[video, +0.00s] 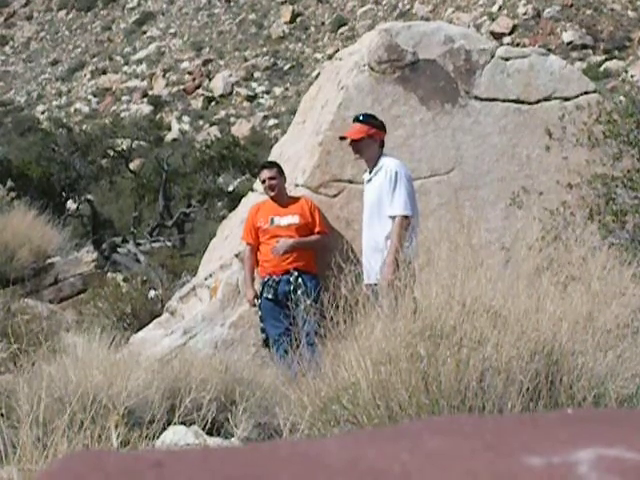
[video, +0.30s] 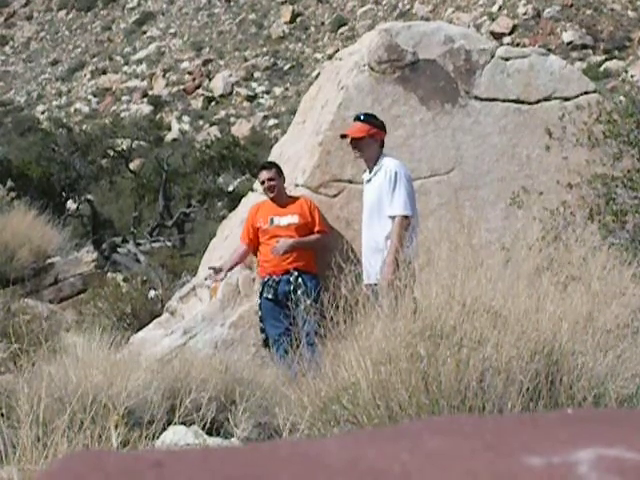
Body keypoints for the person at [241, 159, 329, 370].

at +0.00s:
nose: (269, 184)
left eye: (273, 178)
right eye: (264, 181)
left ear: (283, 178)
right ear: (261, 185)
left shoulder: (305, 205)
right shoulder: (257, 212)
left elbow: (325, 236)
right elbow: (250, 249)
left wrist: (294, 243)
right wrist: (249, 285)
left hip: (303, 277)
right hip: (271, 281)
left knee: (310, 334)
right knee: (278, 339)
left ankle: (316, 381)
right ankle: (291, 385)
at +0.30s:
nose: (268, 185)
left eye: (272, 180)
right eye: (263, 182)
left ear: (282, 179)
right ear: (260, 186)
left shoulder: (305, 205)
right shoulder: (257, 211)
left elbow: (324, 236)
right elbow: (246, 245)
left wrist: (293, 244)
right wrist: (225, 268)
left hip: (303, 278)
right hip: (271, 281)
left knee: (310, 334)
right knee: (278, 339)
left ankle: (315, 381)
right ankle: (291, 385)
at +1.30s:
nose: (269, 186)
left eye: (272, 180)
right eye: (264, 182)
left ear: (283, 180)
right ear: (261, 186)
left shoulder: (304, 205)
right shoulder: (256, 211)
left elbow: (324, 237)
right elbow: (240, 242)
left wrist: (293, 243)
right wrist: (218, 256)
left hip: (303, 277)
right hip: (271, 281)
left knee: (309, 333)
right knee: (278, 338)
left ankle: (315, 379)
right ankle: (291, 382)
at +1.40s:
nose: (269, 185)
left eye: (273, 180)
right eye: (264, 182)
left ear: (283, 180)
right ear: (261, 186)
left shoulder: (304, 205)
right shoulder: (256, 211)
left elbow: (324, 237)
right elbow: (240, 243)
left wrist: (293, 244)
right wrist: (222, 263)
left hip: (303, 277)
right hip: (270, 281)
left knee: (309, 332)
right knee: (278, 338)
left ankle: (315, 379)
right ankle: (291, 382)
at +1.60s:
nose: (271, 184)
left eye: (275, 179)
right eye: (266, 181)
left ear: (284, 180)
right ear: (262, 186)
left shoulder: (304, 205)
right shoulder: (257, 211)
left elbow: (322, 237)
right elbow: (240, 246)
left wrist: (293, 244)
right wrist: (227, 279)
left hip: (302, 277)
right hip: (271, 280)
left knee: (310, 332)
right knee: (279, 338)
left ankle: (316, 379)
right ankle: (290, 383)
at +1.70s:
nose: (271, 184)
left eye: (275, 179)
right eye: (266, 181)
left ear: (285, 180)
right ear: (262, 185)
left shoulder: (304, 205)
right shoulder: (257, 211)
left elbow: (322, 238)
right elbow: (240, 247)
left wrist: (293, 244)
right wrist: (228, 281)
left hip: (303, 277)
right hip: (271, 280)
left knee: (310, 333)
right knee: (280, 339)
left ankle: (316, 381)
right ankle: (290, 384)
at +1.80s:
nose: (271, 184)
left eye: (275, 179)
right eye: (266, 181)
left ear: (285, 180)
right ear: (262, 185)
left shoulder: (305, 205)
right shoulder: (257, 211)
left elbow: (323, 238)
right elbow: (242, 248)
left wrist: (293, 244)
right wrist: (231, 281)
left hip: (302, 277)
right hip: (271, 280)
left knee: (310, 334)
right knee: (279, 340)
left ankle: (316, 381)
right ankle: (290, 385)